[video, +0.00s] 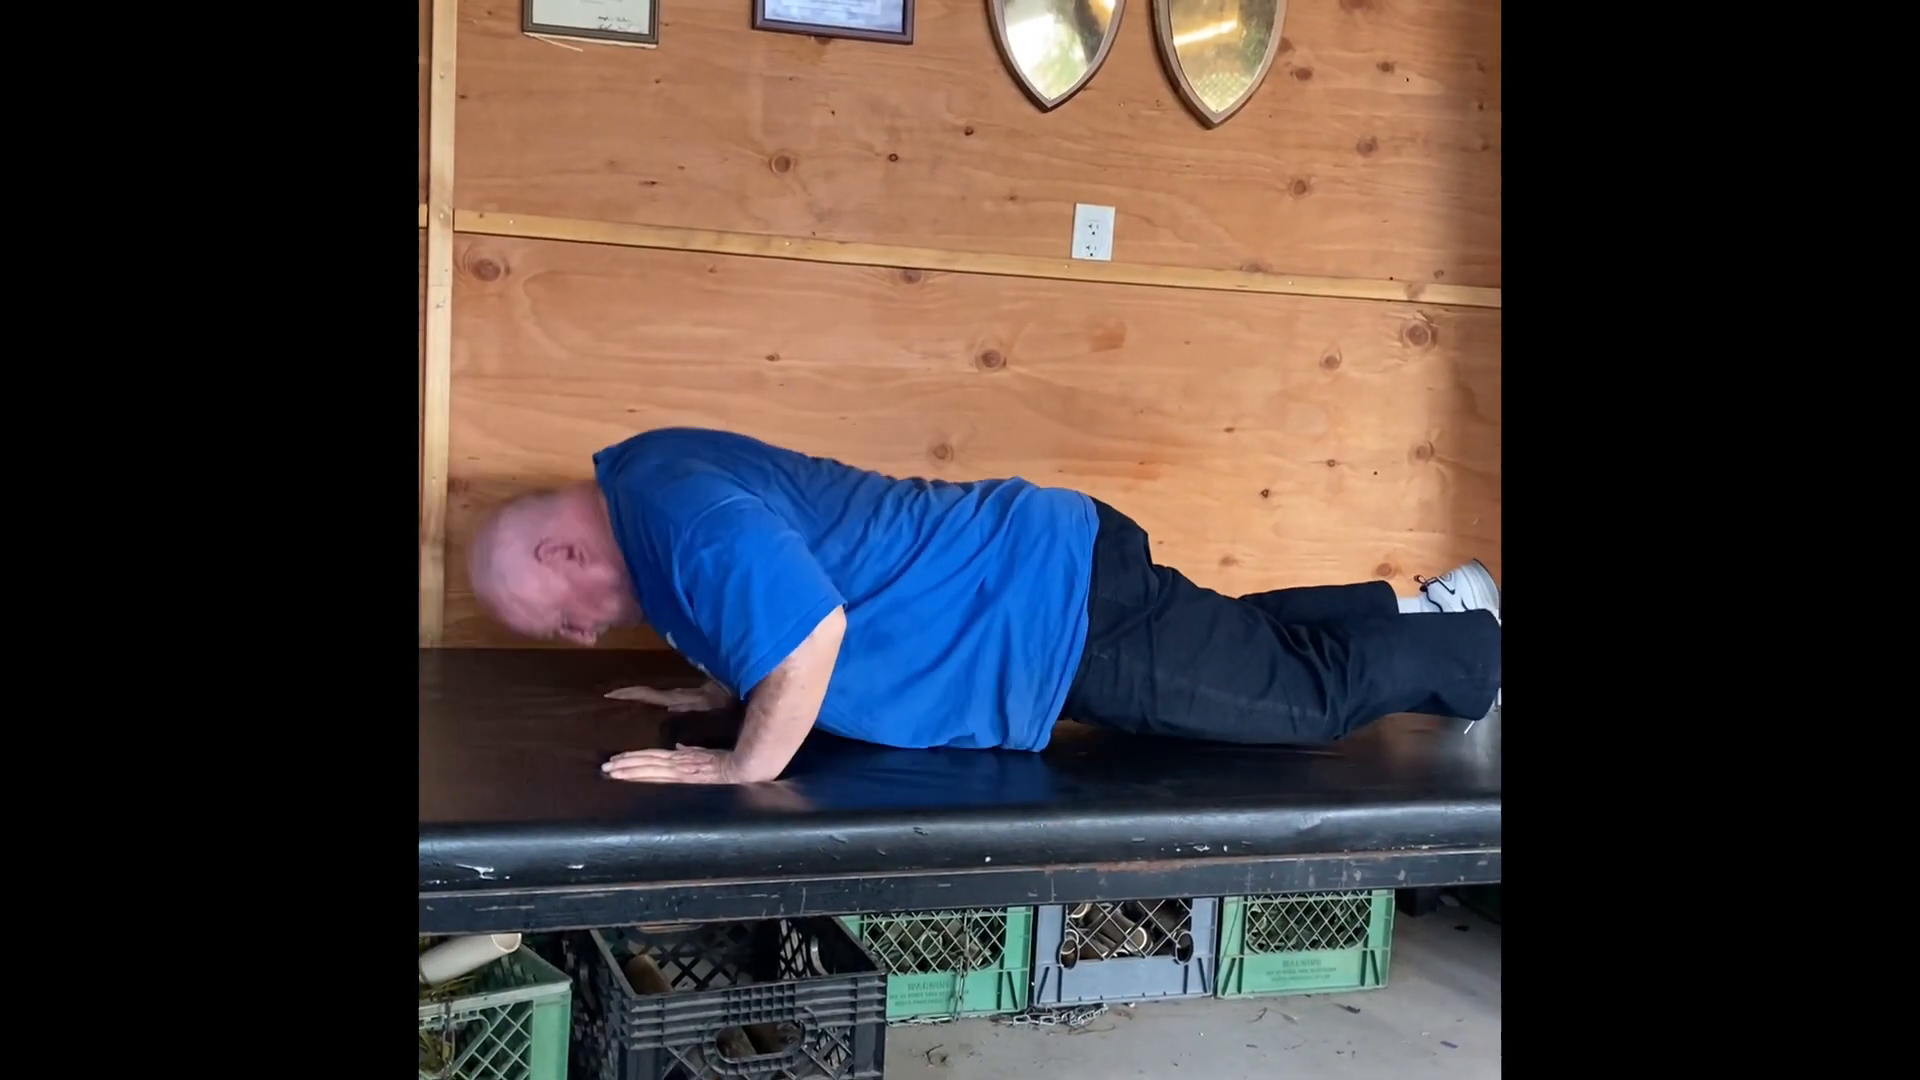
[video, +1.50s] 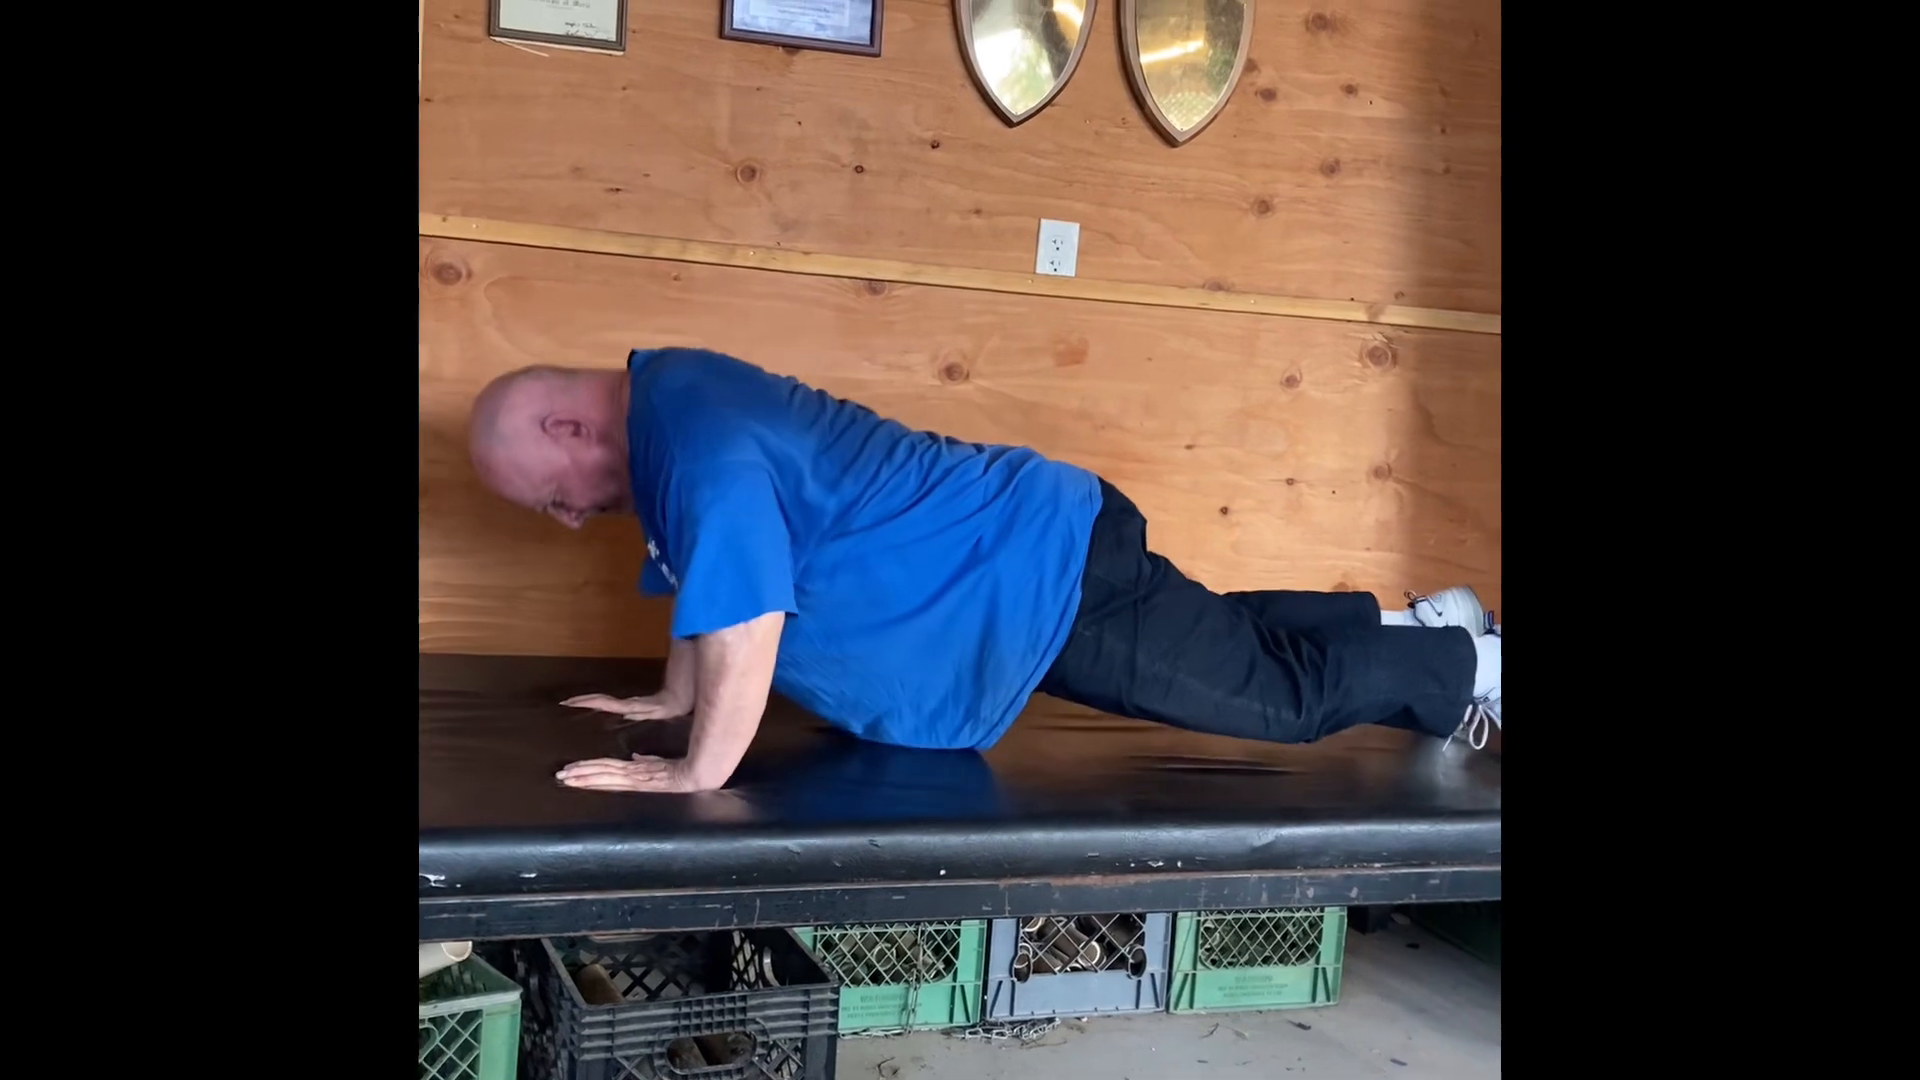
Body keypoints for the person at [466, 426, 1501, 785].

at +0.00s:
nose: (591, 622)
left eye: (568, 613)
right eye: (570, 619)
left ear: (566, 557)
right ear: (559, 528)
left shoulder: (683, 518)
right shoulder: (641, 487)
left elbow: (807, 633)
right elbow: (780, 599)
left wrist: (740, 771)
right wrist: (722, 693)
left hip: (1060, 607)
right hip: (1033, 586)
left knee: (1306, 687)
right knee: (1262, 654)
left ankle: (1479, 648)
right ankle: (1435, 612)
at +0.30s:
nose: (603, 504)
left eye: (585, 485)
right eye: (579, 496)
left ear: (597, 423)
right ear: (593, 409)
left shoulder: (720, 429)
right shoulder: (685, 407)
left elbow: (781, 597)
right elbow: (741, 573)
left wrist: (740, 758)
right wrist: (717, 693)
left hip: (1079, 555)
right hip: (1058, 540)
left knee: (1312, 666)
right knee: (1289, 618)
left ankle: (1486, 645)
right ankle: (1469, 605)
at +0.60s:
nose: (594, 570)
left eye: (568, 557)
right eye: (568, 564)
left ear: (572, 492)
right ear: (569, 473)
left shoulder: (693, 468)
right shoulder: (664, 450)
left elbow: (784, 615)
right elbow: (748, 605)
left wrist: (730, 766)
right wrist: (717, 717)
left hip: (1066, 590)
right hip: (1042, 579)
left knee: (1305, 687)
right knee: (1272, 639)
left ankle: (1479, 646)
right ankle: (1444, 610)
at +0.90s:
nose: (566, 658)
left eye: (543, 645)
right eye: (545, 657)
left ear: (539, 582)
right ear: (536, 572)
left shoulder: (661, 538)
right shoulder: (607, 529)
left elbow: (785, 636)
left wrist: (720, 771)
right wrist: (688, 714)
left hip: (1044, 634)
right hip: (1013, 636)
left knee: (1281, 725)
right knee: (1224, 669)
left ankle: (1471, 668)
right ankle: (1416, 625)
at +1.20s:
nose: (575, 557)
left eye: (551, 540)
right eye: (549, 555)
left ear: (555, 481)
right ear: (552, 492)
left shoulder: (678, 468)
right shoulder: (651, 456)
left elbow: (770, 622)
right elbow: (733, 606)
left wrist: (714, 769)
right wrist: (699, 721)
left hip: (1050, 599)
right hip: (1024, 585)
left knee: (1268, 712)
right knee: (1216, 655)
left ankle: (1455, 658)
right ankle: (1406, 614)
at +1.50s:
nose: (573, 511)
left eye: (556, 491)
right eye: (551, 502)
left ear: (571, 431)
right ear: (569, 415)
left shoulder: (695, 437)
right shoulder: (664, 412)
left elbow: (747, 613)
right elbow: (717, 592)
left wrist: (704, 770)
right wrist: (681, 705)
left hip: (1050, 583)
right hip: (1030, 557)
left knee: (1274, 696)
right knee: (1217, 638)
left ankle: (1462, 662)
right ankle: (1406, 618)